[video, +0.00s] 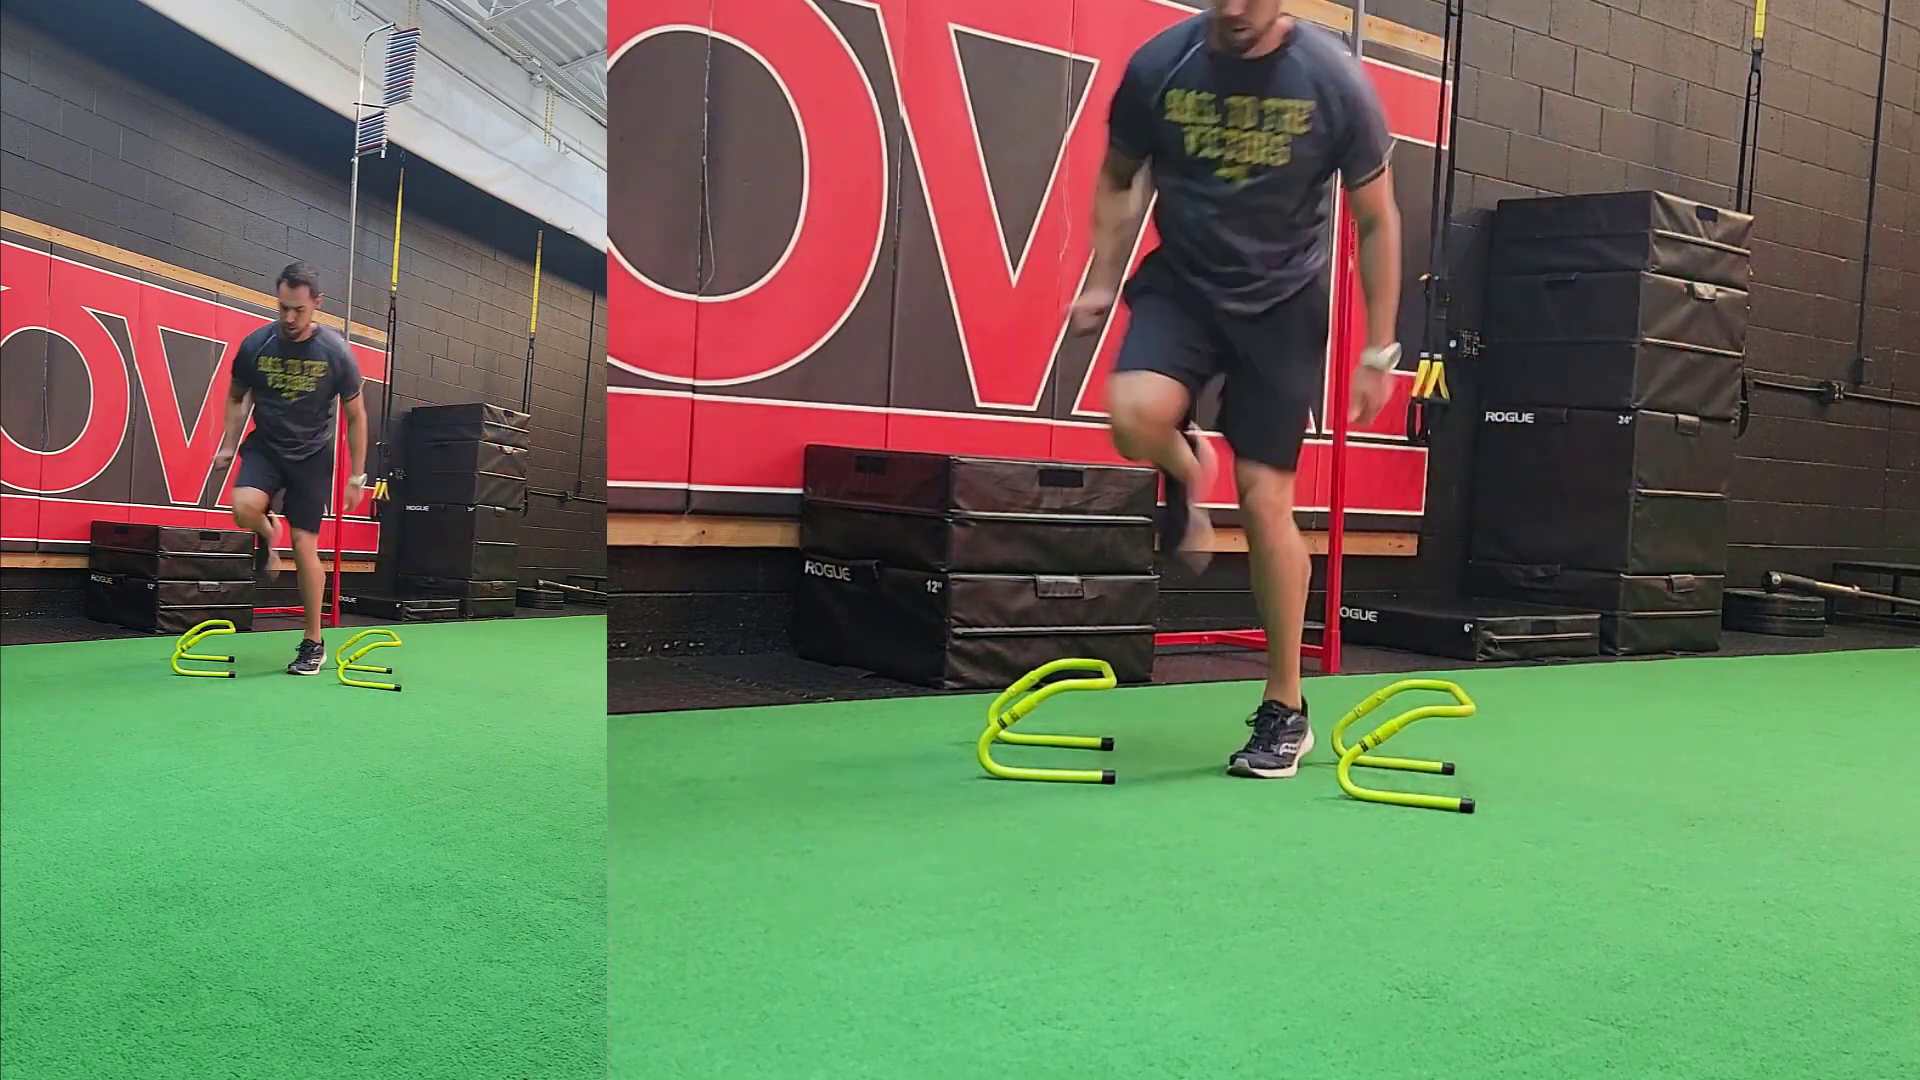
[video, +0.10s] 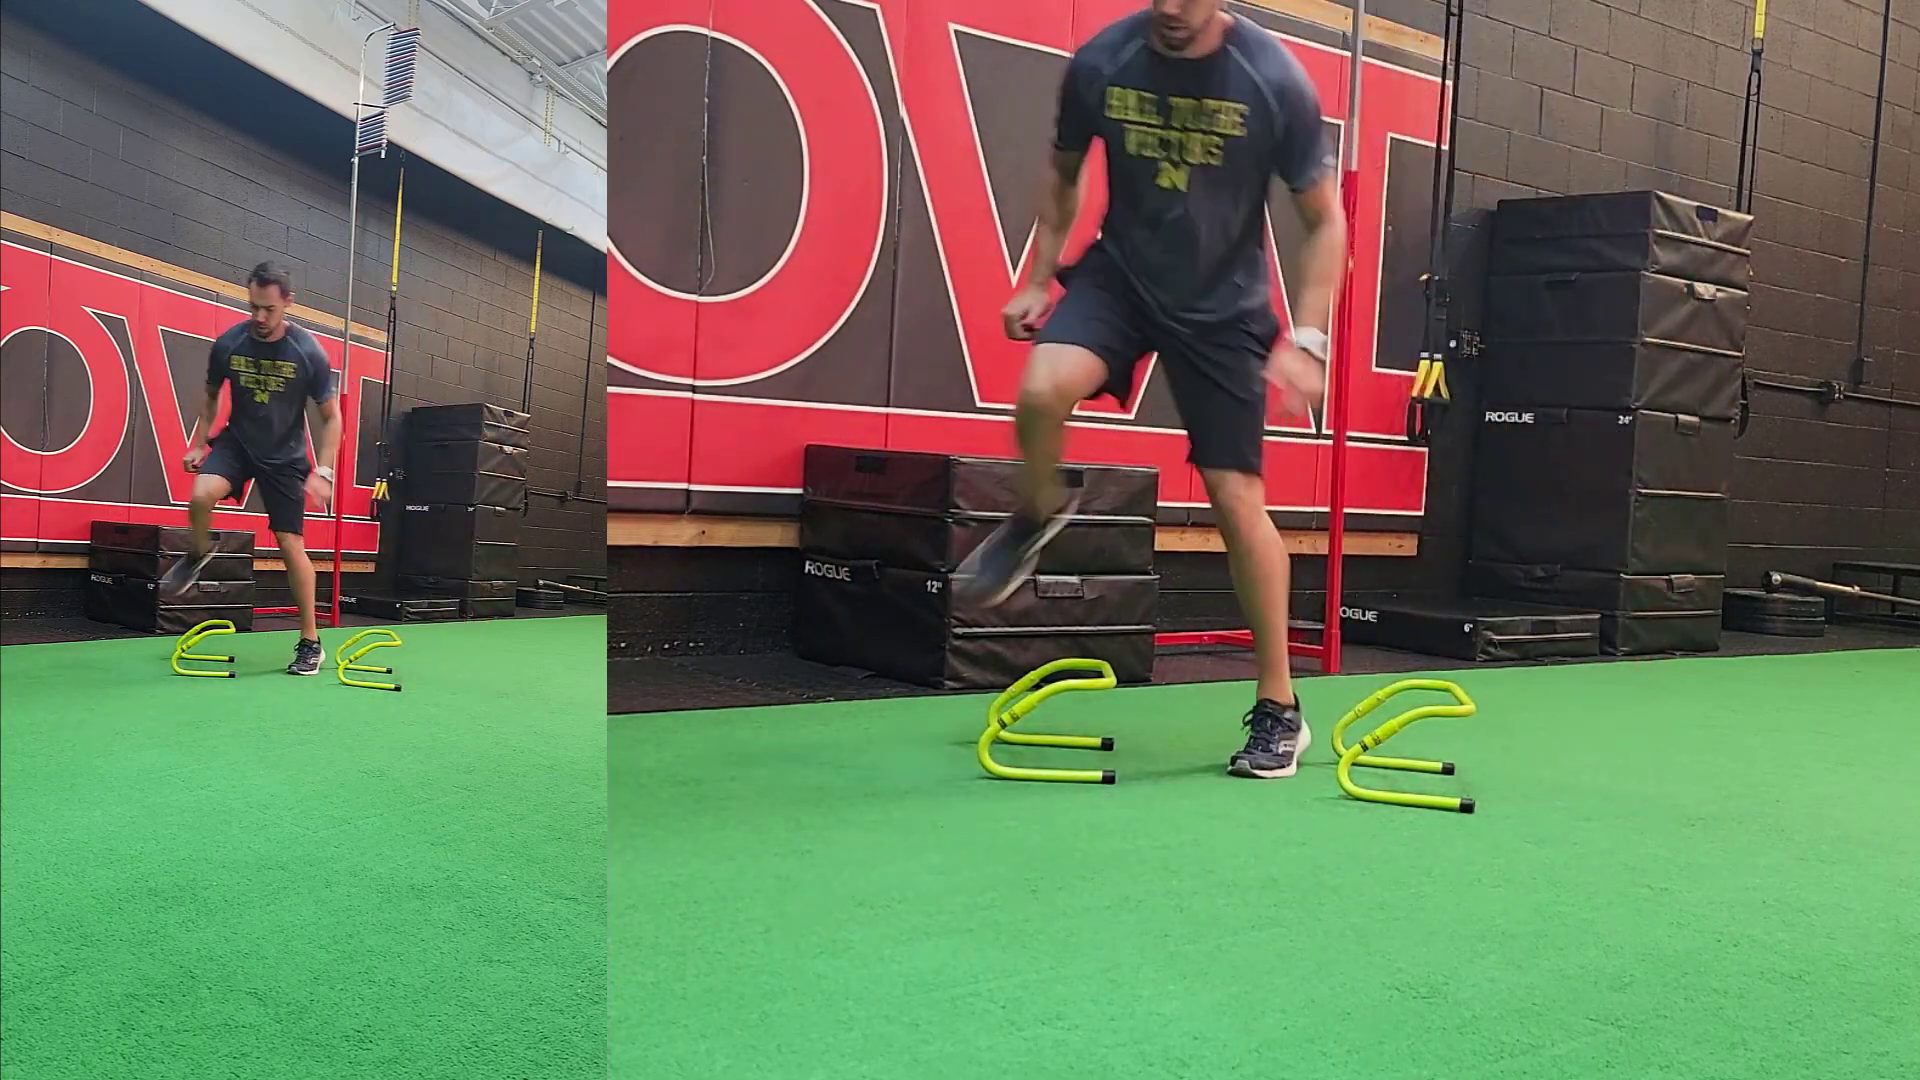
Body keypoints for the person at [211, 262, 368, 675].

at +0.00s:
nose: (290, 318)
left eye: (298, 309)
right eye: (284, 308)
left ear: (317, 305)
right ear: (277, 302)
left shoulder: (337, 354)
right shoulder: (255, 345)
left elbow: (356, 414)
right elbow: (237, 397)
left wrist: (358, 473)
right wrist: (227, 445)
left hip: (312, 456)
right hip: (264, 449)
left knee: (303, 544)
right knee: (243, 506)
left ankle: (313, 641)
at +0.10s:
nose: (259, 317)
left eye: (268, 308)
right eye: (253, 307)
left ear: (287, 303)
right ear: (247, 302)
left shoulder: (309, 354)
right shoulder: (228, 344)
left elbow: (331, 418)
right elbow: (212, 395)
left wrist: (324, 472)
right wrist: (199, 442)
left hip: (285, 455)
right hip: (237, 444)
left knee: (290, 544)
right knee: (201, 496)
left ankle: (309, 641)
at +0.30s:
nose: (196, 344)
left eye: (205, 335)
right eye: (190, 334)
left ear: (222, 327)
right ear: (182, 325)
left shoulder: (245, 376)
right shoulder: (164, 363)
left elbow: (248, 449)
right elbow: (157, 410)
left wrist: (195, 437)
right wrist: (153, 451)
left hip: (228, 466)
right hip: (178, 462)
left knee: (224, 528)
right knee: (152, 546)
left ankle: (237, 548)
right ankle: (119, 635)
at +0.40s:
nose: (170, 366)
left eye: (178, 358)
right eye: (164, 356)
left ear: (199, 348)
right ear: (158, 346)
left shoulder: (224, 396)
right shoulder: (146, 378)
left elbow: (207, 467)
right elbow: (139, 421)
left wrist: (162, 428)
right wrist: (135, 457)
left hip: (210, 479)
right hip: (161, 474)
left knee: (196, 536)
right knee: (138, 547)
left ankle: (185, 554)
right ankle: (118, 636)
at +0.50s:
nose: (152, 376)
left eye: (160, 368)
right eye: (145, 367)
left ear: (179, 355)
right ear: (137, 356)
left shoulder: (205, 400)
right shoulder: (130, 384)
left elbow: (182, 473)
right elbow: (134, 425)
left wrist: (141, 429)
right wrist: (130, 455)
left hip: (198, 481)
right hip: (150, 476)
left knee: (173, 541)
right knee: (131, 546)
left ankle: (155, 569)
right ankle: (117, 636)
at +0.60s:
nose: (143, 377)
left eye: (152, 368)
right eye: (136, 368)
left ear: (171, 356)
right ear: (128, 357)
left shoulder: (199, 401)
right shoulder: (123, 385)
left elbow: (176, 474)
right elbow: (131, 428)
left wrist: (137, 426)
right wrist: (129, 457)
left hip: (192, 482)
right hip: (145, 476)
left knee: (160, 541)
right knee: (128, 545)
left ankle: (143, 576)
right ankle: (116, 637)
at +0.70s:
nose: (143, 374)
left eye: (152, 366)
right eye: (137, 365)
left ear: (171, 354)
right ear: (128, 355)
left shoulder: (198, 400)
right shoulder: (119, 387)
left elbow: (187, 474)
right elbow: (122, 429)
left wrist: (142, 434)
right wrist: (125, 458)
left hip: (189, 483)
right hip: (144, 475)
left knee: (157, 541)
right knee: (126, 545)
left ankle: (142, 578)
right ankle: (116, 637)